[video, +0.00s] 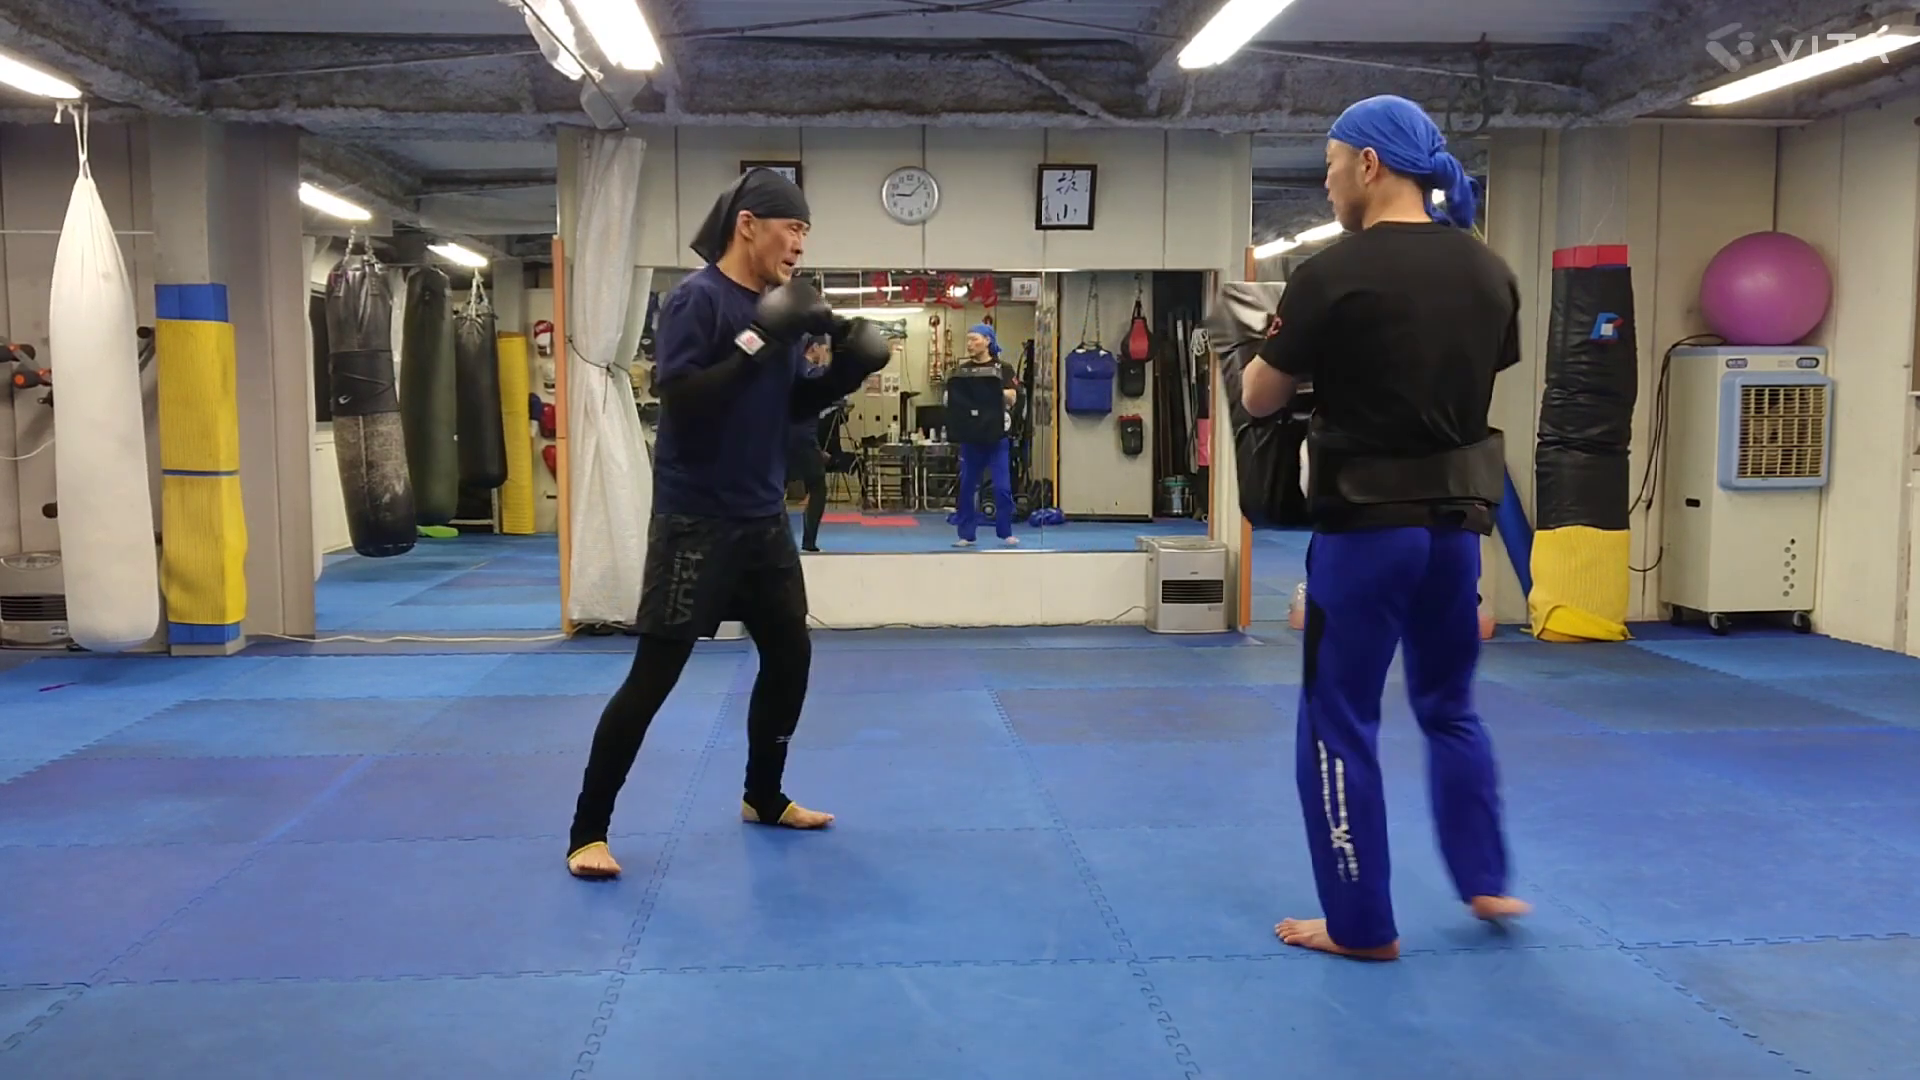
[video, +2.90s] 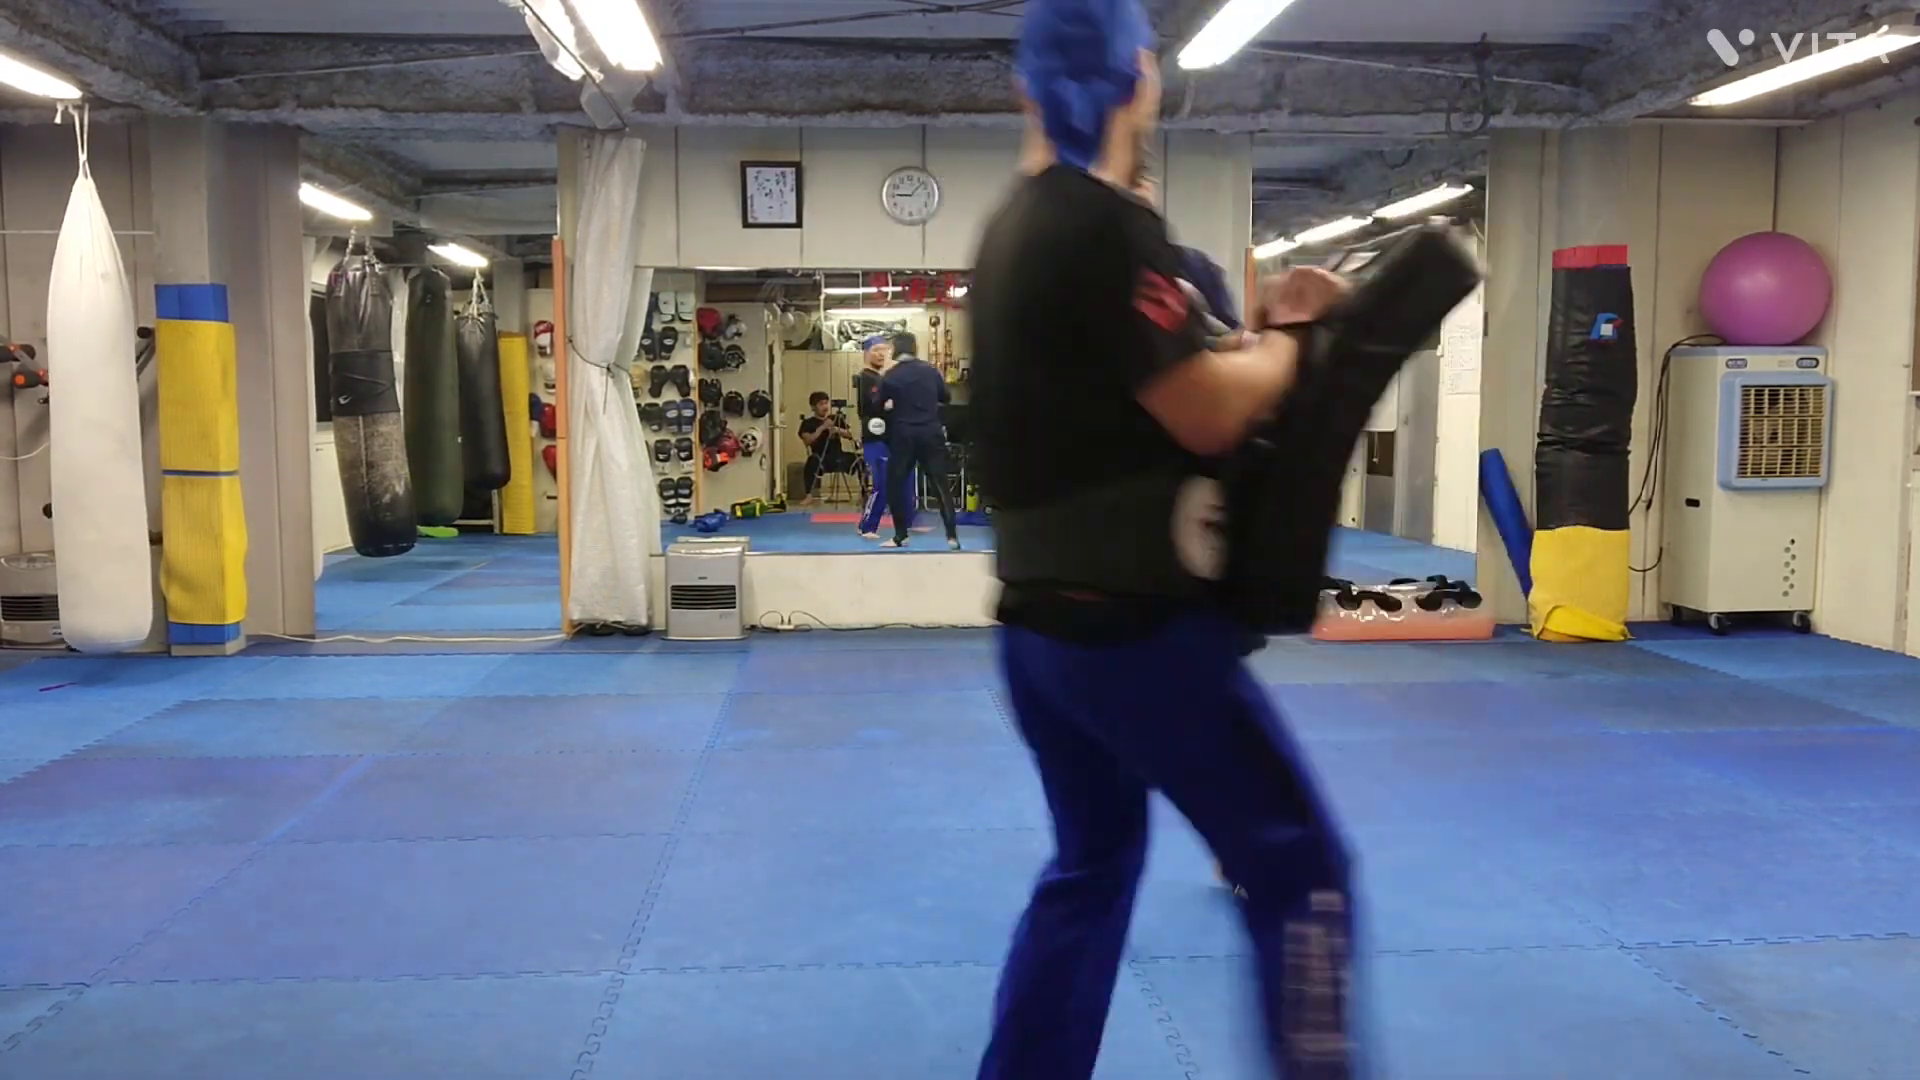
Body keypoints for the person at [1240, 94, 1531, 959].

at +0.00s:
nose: (1325, 181)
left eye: (1331, 164)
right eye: (1327, 165)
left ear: (1370, 164)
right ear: (1413, 171)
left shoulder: (1334, 272)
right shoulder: (1487, 270)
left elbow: (1260, 397)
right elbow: (1484, 369)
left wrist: (1267, 336)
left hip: (1363, 534)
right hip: (1457, 533)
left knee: (1338, 724)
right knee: (1451, 710)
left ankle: (1361, 926)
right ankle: (1488, 883)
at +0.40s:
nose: (1364, 213)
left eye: (1369, 197)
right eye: (1367, 197)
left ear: (1399, 199)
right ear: (1463, 205)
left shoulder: (1344, 312)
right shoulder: (1537, 312)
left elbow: (1299, 440)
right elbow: (1548, 446)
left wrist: (1370, 414)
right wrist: (1467, 413)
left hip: (1361, 584)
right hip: (1482, 587)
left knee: (1275, 747)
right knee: (1531, 776)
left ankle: (1179, 915)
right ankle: (1571, 974)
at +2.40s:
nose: (1338, 130)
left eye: (1341, 114)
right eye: (1345, 113)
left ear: (1356, 122)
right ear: (1457, 128)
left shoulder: (1276, 261)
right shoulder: (1530, 270)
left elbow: (1252, 428)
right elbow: (1562, 445)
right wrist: (1466, 426)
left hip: (1329, 634)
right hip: (1478, 642)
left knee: (1259, 829)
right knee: (1531, 881)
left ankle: (1206, 1040)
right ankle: (1539, 1068)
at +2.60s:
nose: (1221, 116)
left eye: (1229, 99)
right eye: (1227, 100)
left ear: (1252, 109)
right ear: (1345, 113)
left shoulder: (1192, 255)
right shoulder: (1410, 245)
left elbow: (1208, 391)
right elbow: (1529, 394)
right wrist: (1485, 275)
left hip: (1266, 628)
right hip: (1409, 635)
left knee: (1206, 813)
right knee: (1508, 880)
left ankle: (1105, 1038)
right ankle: (1530, 1067)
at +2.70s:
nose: (1168, 116)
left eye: (1171, 101)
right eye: (1184, 101)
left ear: (1186, 113)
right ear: (1290, 109)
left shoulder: (1156, 264)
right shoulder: (1335, 251)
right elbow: (1464, 411)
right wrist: (1448, 290)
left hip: (1229, 640)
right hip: (1361, 646)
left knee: (1196, 835)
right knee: (1489, 885)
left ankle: (1048, 1043)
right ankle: (1527, 1069)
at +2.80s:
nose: (1228, 132)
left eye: (1225, 116)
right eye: (1225, 113)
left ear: (1110, 121)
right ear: (1214, 120)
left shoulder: (1086, 262)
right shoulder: (1216, 254)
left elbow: (1166, 421)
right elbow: (1334, 434)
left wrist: (1300, 336)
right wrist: (1374, 331)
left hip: (1138, 651)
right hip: (1258, 657)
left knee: (1132, 880)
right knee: (1420, 907)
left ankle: (1015, 1069)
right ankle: (1498, 1069)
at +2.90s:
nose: (1158, 81)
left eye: (1151, 59)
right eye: (1152, 61)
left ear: (1035, 87)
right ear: (1137, 80)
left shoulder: (1014, 230)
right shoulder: (1104, 229)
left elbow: (1103, 398)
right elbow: (1211, 408)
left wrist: (1252, 327)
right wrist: (1290, 334)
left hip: (1041, 634)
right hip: (1141, 638)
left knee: (1090, 870)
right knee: (1301, 877)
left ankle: (1024, 1070)